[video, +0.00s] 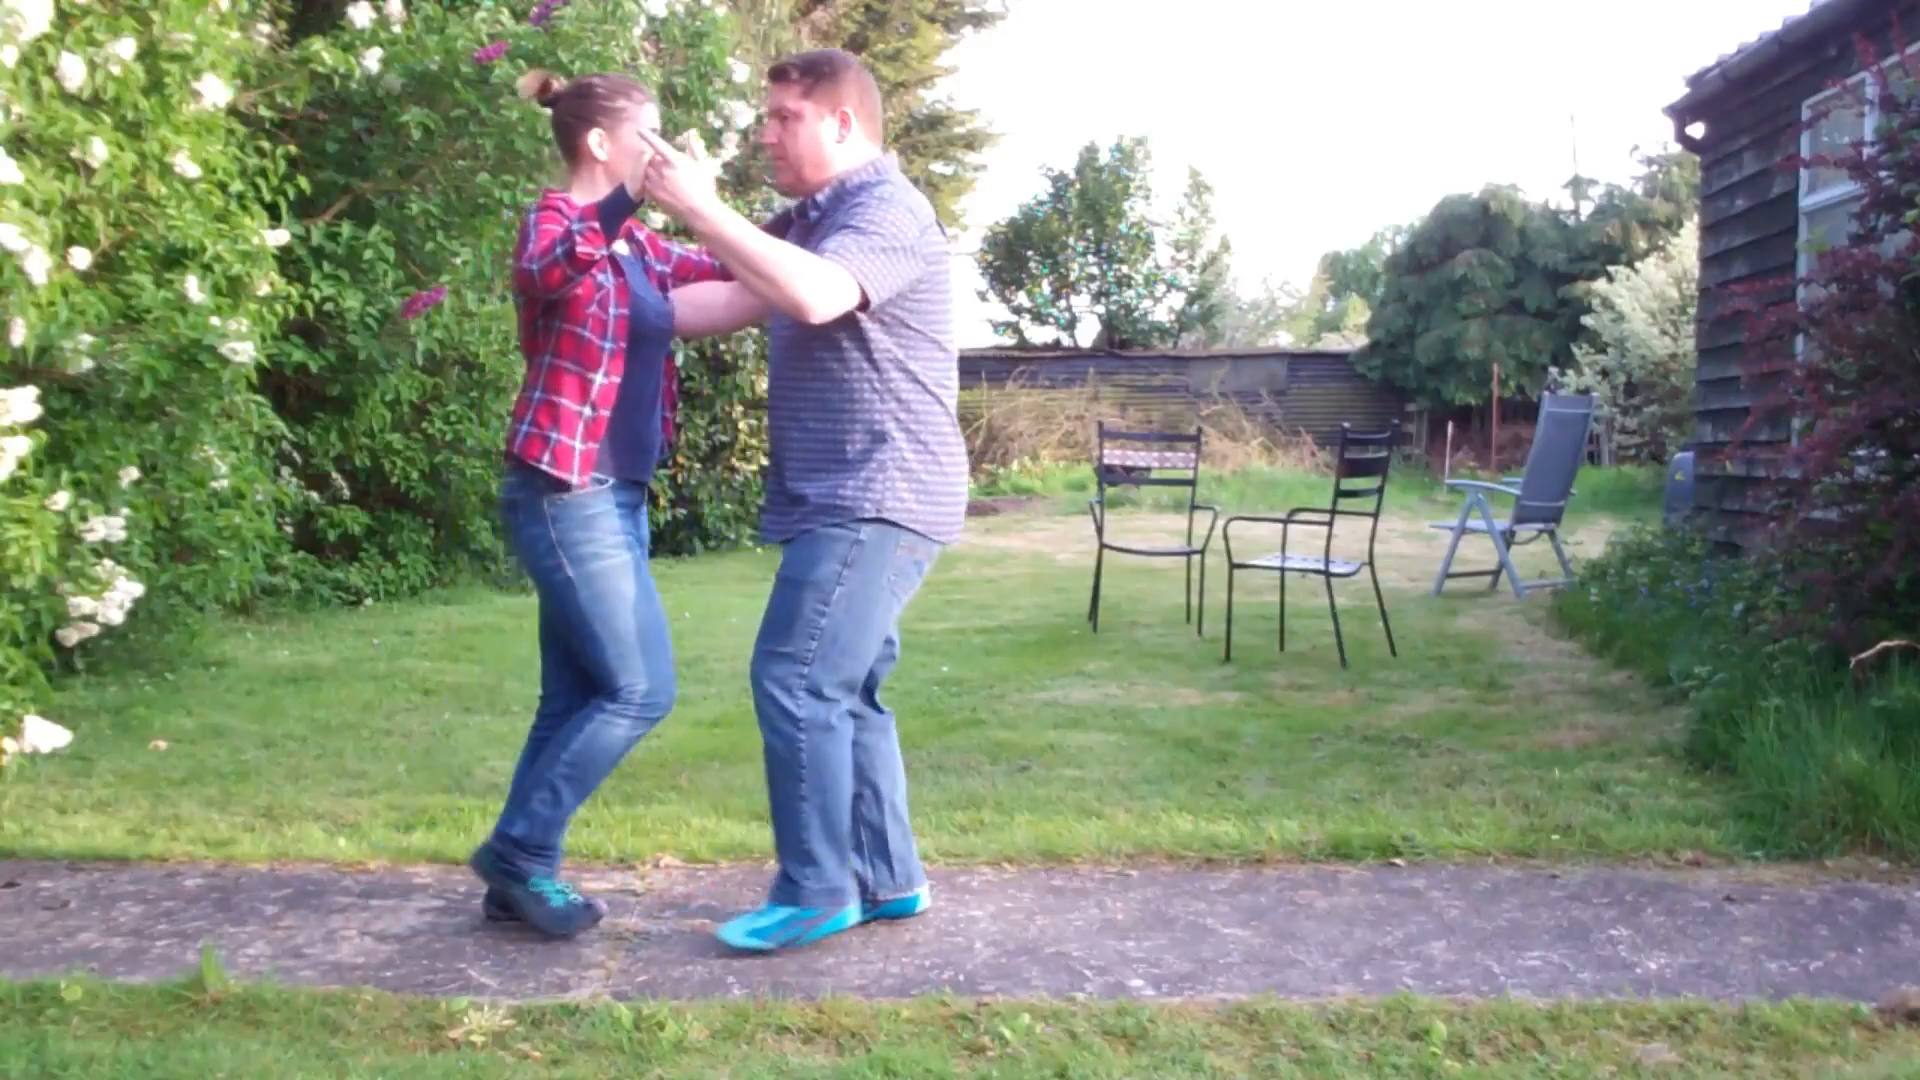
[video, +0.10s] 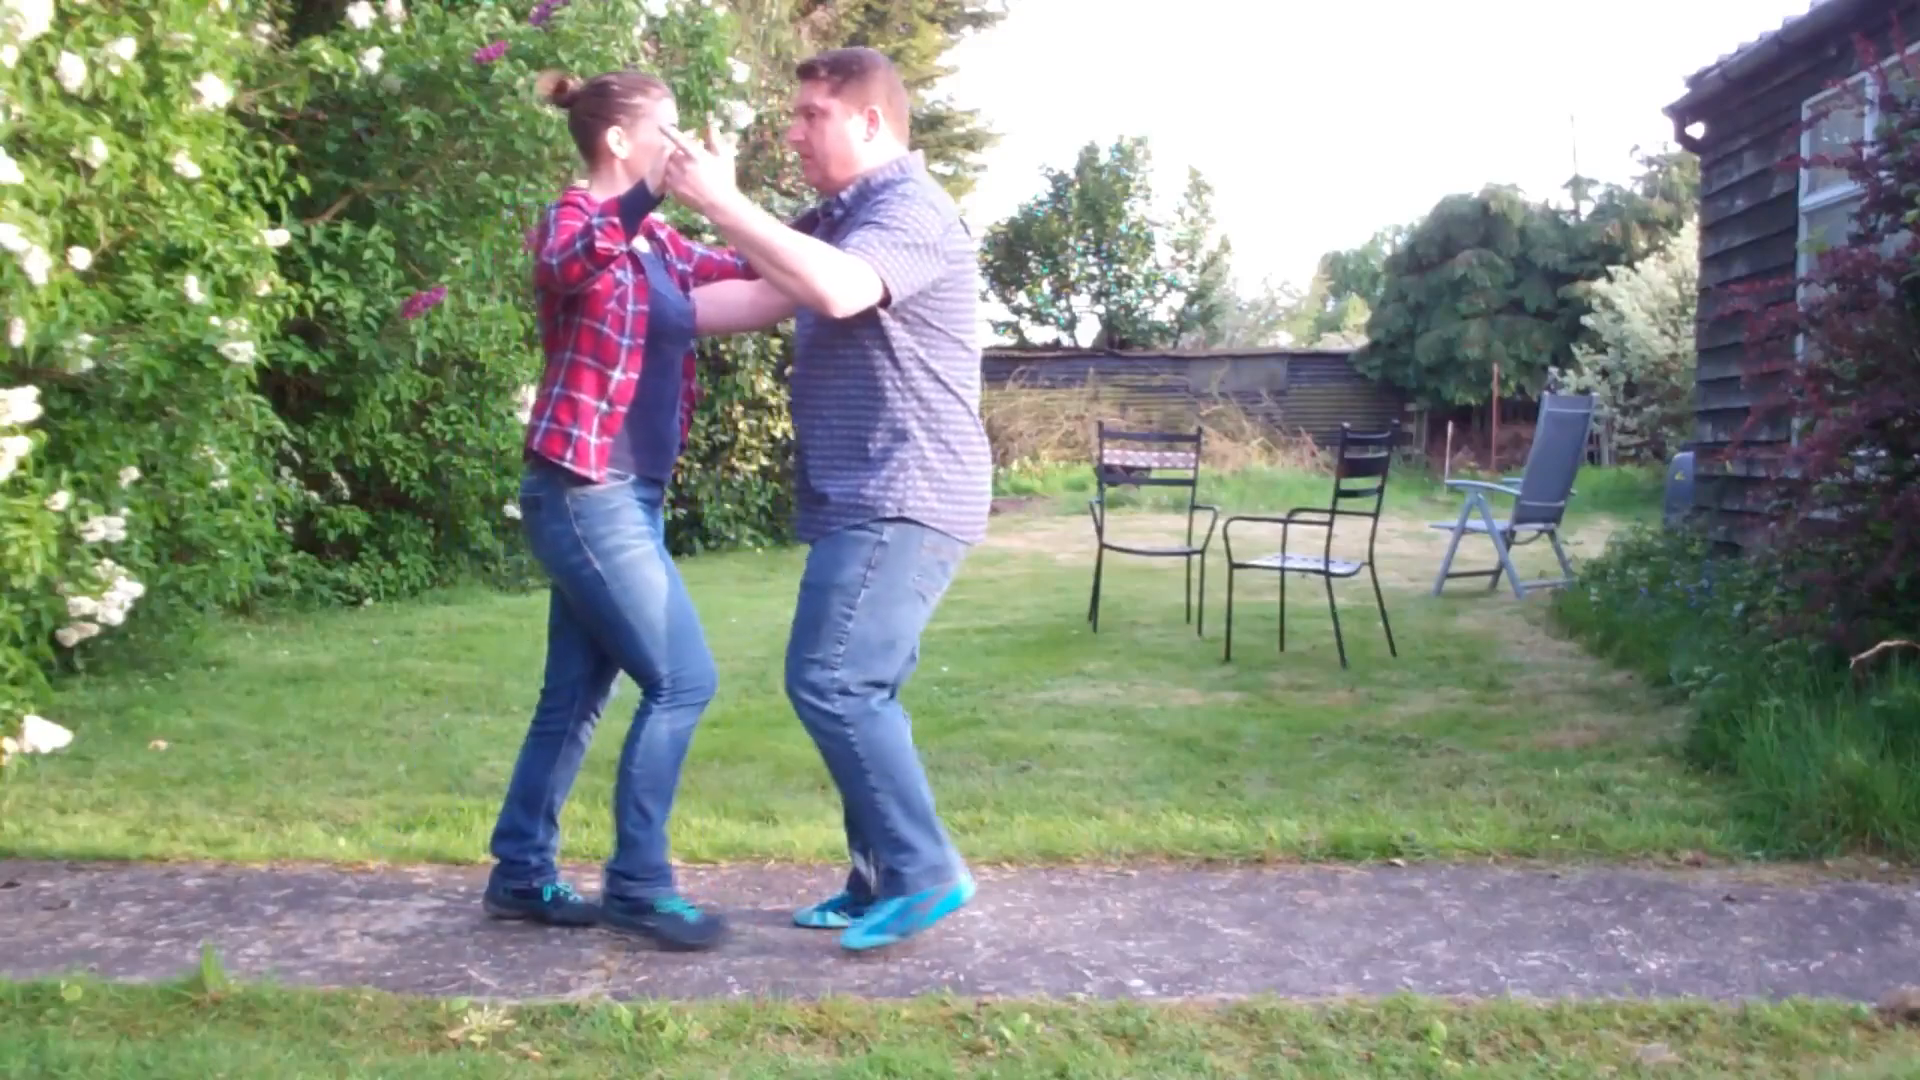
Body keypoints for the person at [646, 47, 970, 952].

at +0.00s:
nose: (764, 135)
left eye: (781, 118)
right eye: (765, 118)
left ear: (839, 121)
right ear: (824, 124)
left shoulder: (886, 208)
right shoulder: (817, 223)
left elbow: (816, 294)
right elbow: (707, 299)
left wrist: (703, 208)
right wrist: (596, 302)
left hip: (883, 495)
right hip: (842, 496)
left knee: (795, 678)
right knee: (850, 687)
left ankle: (817, 891)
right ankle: (887, 874)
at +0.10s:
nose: (793, 131)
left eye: (810, 114)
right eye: (795, 115)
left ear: (869, 119)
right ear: (851, 122)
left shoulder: (909, 208)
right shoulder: (844, 220)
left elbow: (842, 288)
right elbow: (749, 296)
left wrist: (723, 202)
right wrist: (624, 304)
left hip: (908, 496)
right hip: (865, 497)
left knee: (832, 680)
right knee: (854, 686)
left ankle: (928, 873)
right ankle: (879, 878)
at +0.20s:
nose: (825, 130)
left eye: (841, 112)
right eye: (826, 113)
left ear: (900, 116)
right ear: (882, 121)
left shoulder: (937, 208)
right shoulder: (875, 219)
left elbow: (864, 280)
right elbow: (778, 293)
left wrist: (745, 194)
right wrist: (651, 293)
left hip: (937, 496)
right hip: (885, 499)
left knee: (893, 689)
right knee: (871, 689)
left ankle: (1020, 871)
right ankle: (890, 887)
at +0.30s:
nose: (856, 127)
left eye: (872, 110)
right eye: (857, 111)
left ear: (929, 116)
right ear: (907, 121)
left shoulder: (966, 200)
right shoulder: (909, 213)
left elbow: (891, 273)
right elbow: (813, 291)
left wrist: (769, 188)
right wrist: (686, 297)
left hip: (971, 495)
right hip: (924, 499)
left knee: (958, 695)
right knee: (898, 684)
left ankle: (1062, 900)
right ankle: (895, 886)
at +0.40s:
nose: (884, 127)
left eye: (899, 109)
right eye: (884, 111)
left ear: (954, 112)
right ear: (944, 116)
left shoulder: (997, 195)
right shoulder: (940, 211)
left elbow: (918, 269)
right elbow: (839, 292)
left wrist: (794, 186)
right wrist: (708, 296)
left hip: (1001, 499)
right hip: (955, 502)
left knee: (997, 706)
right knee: (928, 695)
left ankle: (1070, 912)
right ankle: (904, 885)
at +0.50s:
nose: (914, 128)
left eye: (928, 111)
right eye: (916, 113)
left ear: (985, 111)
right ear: (978, 114)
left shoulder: (1033, 198)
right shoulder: (969, 214)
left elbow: (948, 268)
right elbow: (870, 292)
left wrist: (827, 188)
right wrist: (739, 308)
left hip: (1029, 499)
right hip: (976, 504)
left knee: (1016, 704)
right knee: (934, 679)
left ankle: (1074, 917)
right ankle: (984, 883)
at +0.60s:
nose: (943, 128)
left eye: (955, 111)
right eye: (945, 113)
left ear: (1010, 110)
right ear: (1005, 114)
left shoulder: (1063, 199)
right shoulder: (994, 213)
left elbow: (978, 268)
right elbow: (896, 289)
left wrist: (856, 189)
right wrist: (764, 312)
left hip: (1048, 499)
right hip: (998, 503)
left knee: (1028, 703)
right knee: (964, 682)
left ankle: (1070, 920)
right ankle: (1093, 846)